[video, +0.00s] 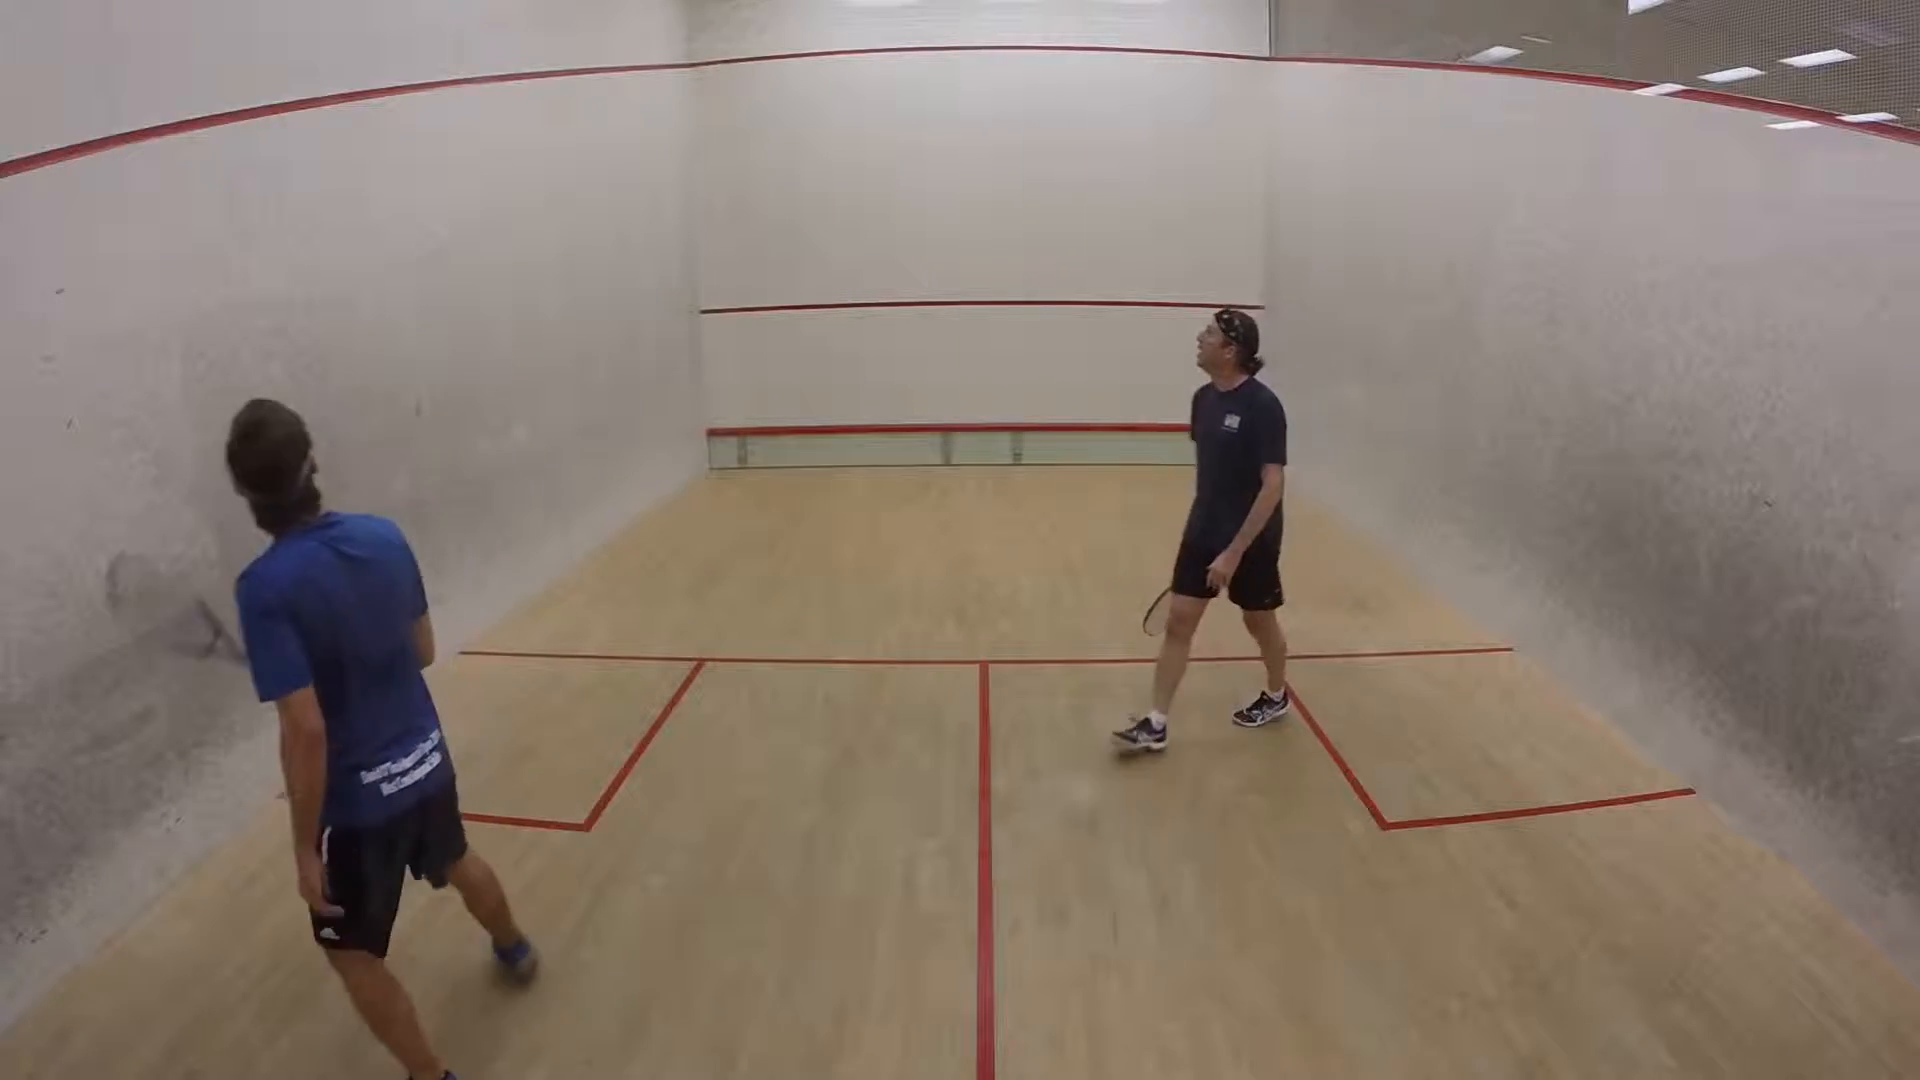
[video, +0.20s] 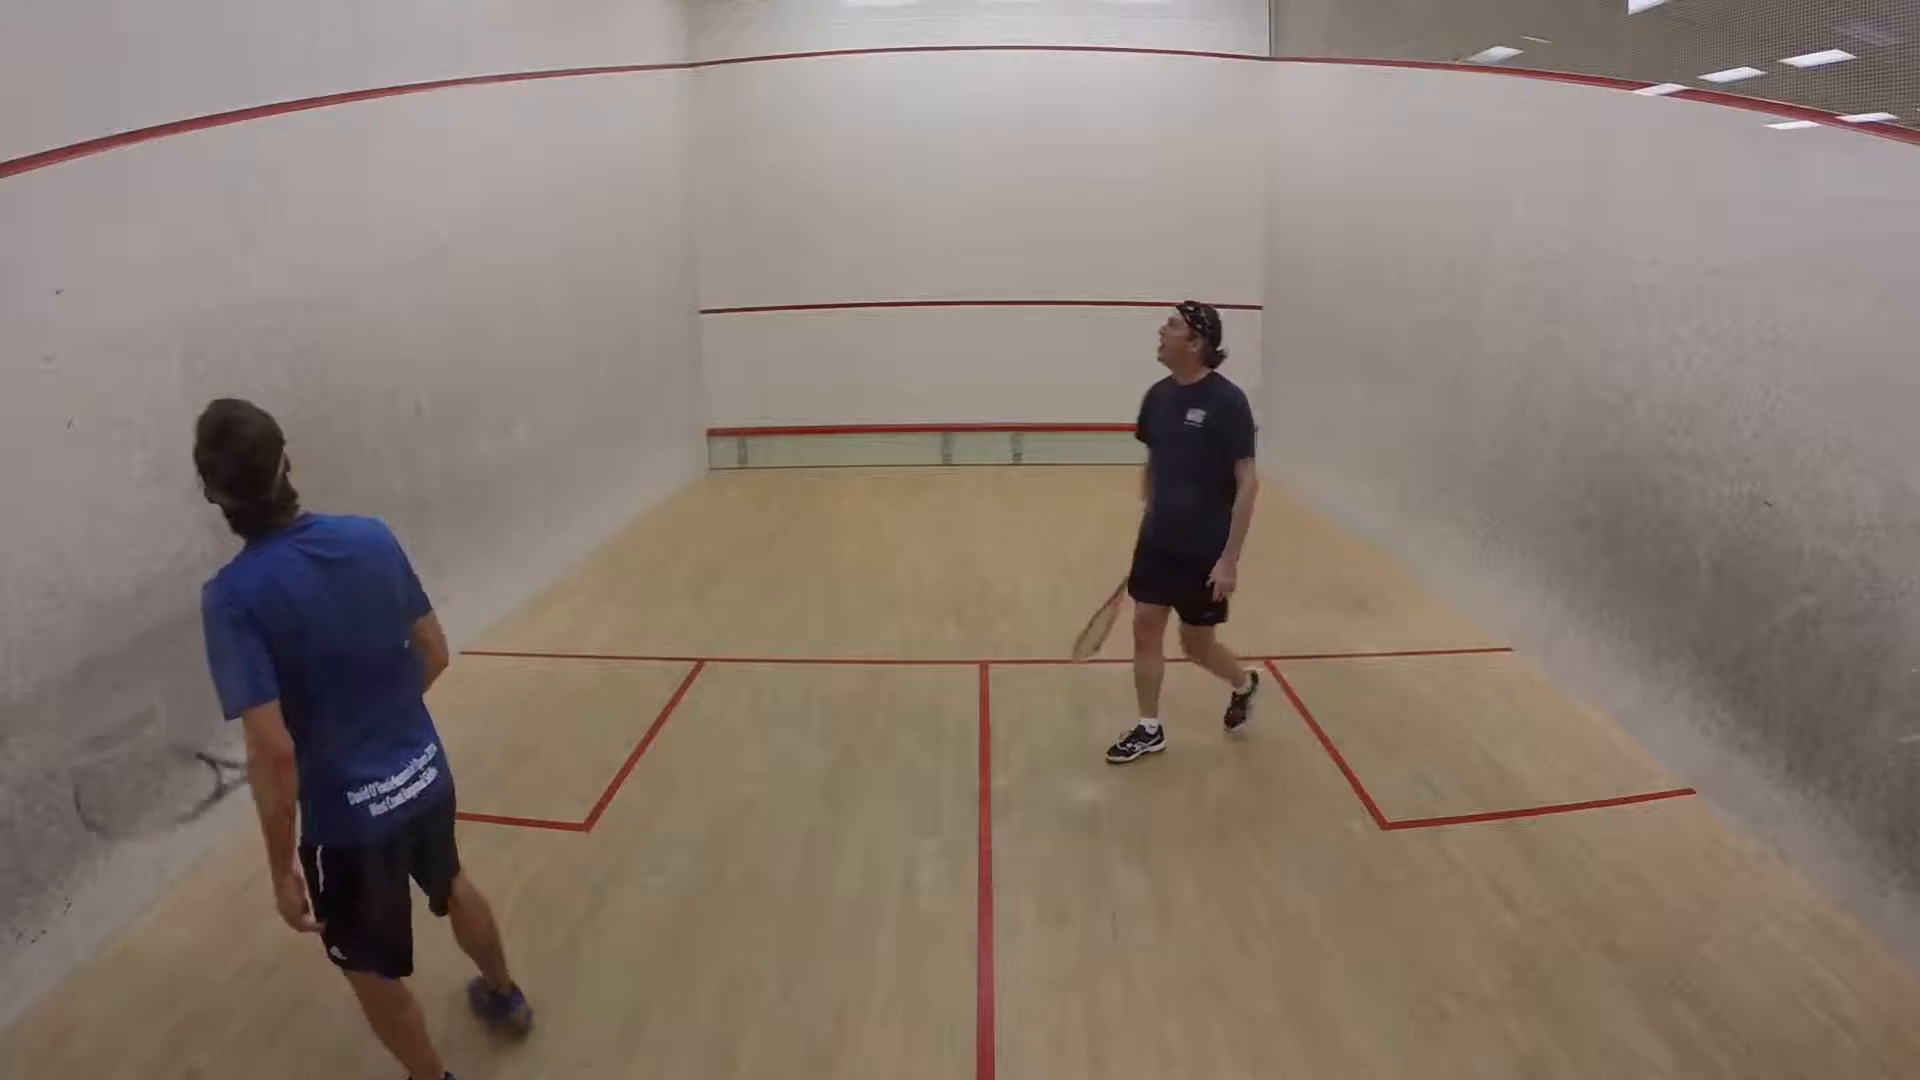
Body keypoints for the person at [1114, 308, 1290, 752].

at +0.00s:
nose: (1199, 340)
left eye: (1209, 336)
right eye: (1203, 334)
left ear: (1231, 351)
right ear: (1224, 349)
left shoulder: (1263, 406)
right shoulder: (1203, 398)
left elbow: (1272, 487)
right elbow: (1207, 474)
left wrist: (1234, 552)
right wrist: (1194, 535)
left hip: (1251, 533)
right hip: (1205, 526)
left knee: (1260, 621)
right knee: (1179, 622)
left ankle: (1276, 695)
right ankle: (1155, 722)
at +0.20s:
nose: (1161, 331)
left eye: (1172, 327)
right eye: (1165, 324)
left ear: (1197, 343)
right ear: (1183, 343)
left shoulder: (1229, 401)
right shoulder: (1158, 395)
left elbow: (1247, 483)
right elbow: (1152, 465)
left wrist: (1230, 559)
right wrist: (1148, 523)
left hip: (1206, 540)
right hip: (1159, 531)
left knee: (1197, 646)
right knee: (1146, 629)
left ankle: (1245, 683)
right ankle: (1149, 726)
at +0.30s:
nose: (1143, 329)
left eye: (1154, 325)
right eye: (1146, 322)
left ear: (1181, 340)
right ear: (1166, 339)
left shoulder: (1213, 398)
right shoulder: (1137, 391)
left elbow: (1235, 478)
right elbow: (1123, 461)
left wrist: (1229, 557)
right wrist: (1106, 524)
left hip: (1191, 539)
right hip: (1143, 531)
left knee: (1162, 645)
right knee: (1140, 631)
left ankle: (1203, 696)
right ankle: (1148, 726)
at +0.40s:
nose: (1124, 330)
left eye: (1135, 325)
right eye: (1127, 322)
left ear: (1164, 340)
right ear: (1147, 339)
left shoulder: (1196, 400)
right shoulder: (1116, 394)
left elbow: (1222, 481)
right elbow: (1094, 462)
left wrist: (1222, 559)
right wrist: (1069, 528)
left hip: (1174, 543)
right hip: (1127, 537)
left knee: (1140, 649)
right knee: (1134, 644)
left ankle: (1153, 738)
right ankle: (1148, 727)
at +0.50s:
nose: (1106, 338)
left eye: (1118, 333)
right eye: (1108, 329)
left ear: (1147, 346)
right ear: (1122, 342)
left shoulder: (1178, 407)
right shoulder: (1096, 401)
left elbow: (1207, 486)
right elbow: (1065, 472)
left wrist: (1210, 567)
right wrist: (1033, 536)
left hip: (1155, 552)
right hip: (1108, 546)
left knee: (1121, 667)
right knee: (1133, 643)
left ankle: (1093, 779)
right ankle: (1147, 726)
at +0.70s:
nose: (1066, 353)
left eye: (1078, 345)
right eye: (1065, 342)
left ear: (1110, 355)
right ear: (1067, 348)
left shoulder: (1141, 423)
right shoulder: (1056, 414)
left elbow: (1166, 509)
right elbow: (1029, 485)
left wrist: (1169, 593)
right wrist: (994, 549)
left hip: (1115, 574)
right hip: (1067, 567)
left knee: (1076, 689)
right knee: (1094, 657)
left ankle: (1061, 798)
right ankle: (1139, 718)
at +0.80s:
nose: (1043, 349)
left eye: (1055, 341)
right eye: (1041, 339)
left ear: (1089, 348)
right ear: (1042, 343)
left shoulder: (1120, 419)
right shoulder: (1034, 410)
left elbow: (1140, 513)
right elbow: (1016, 488)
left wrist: (1136, 600)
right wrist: (985, 557)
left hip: (1094, 578)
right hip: (1041, 571)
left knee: (1073, 691)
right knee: (1038, 673)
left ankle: (1061, 799)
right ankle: (1107, 712)